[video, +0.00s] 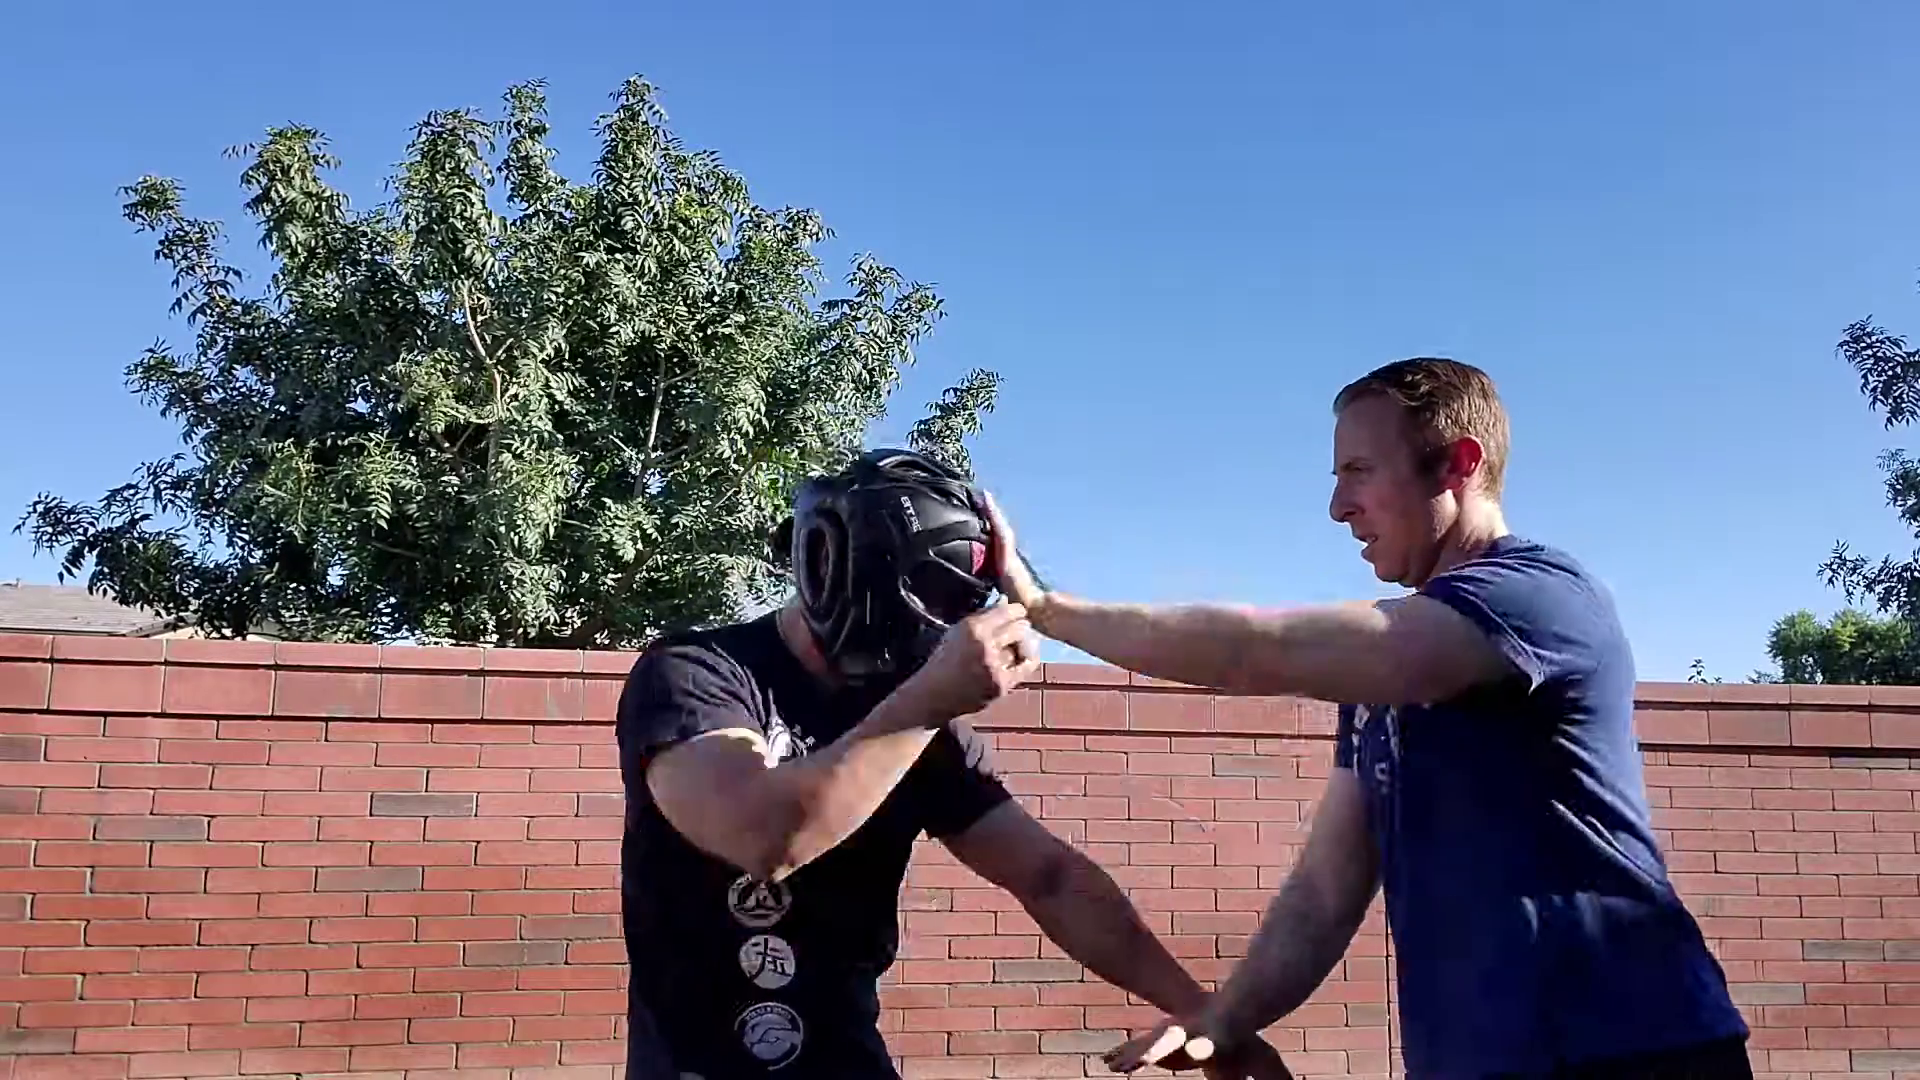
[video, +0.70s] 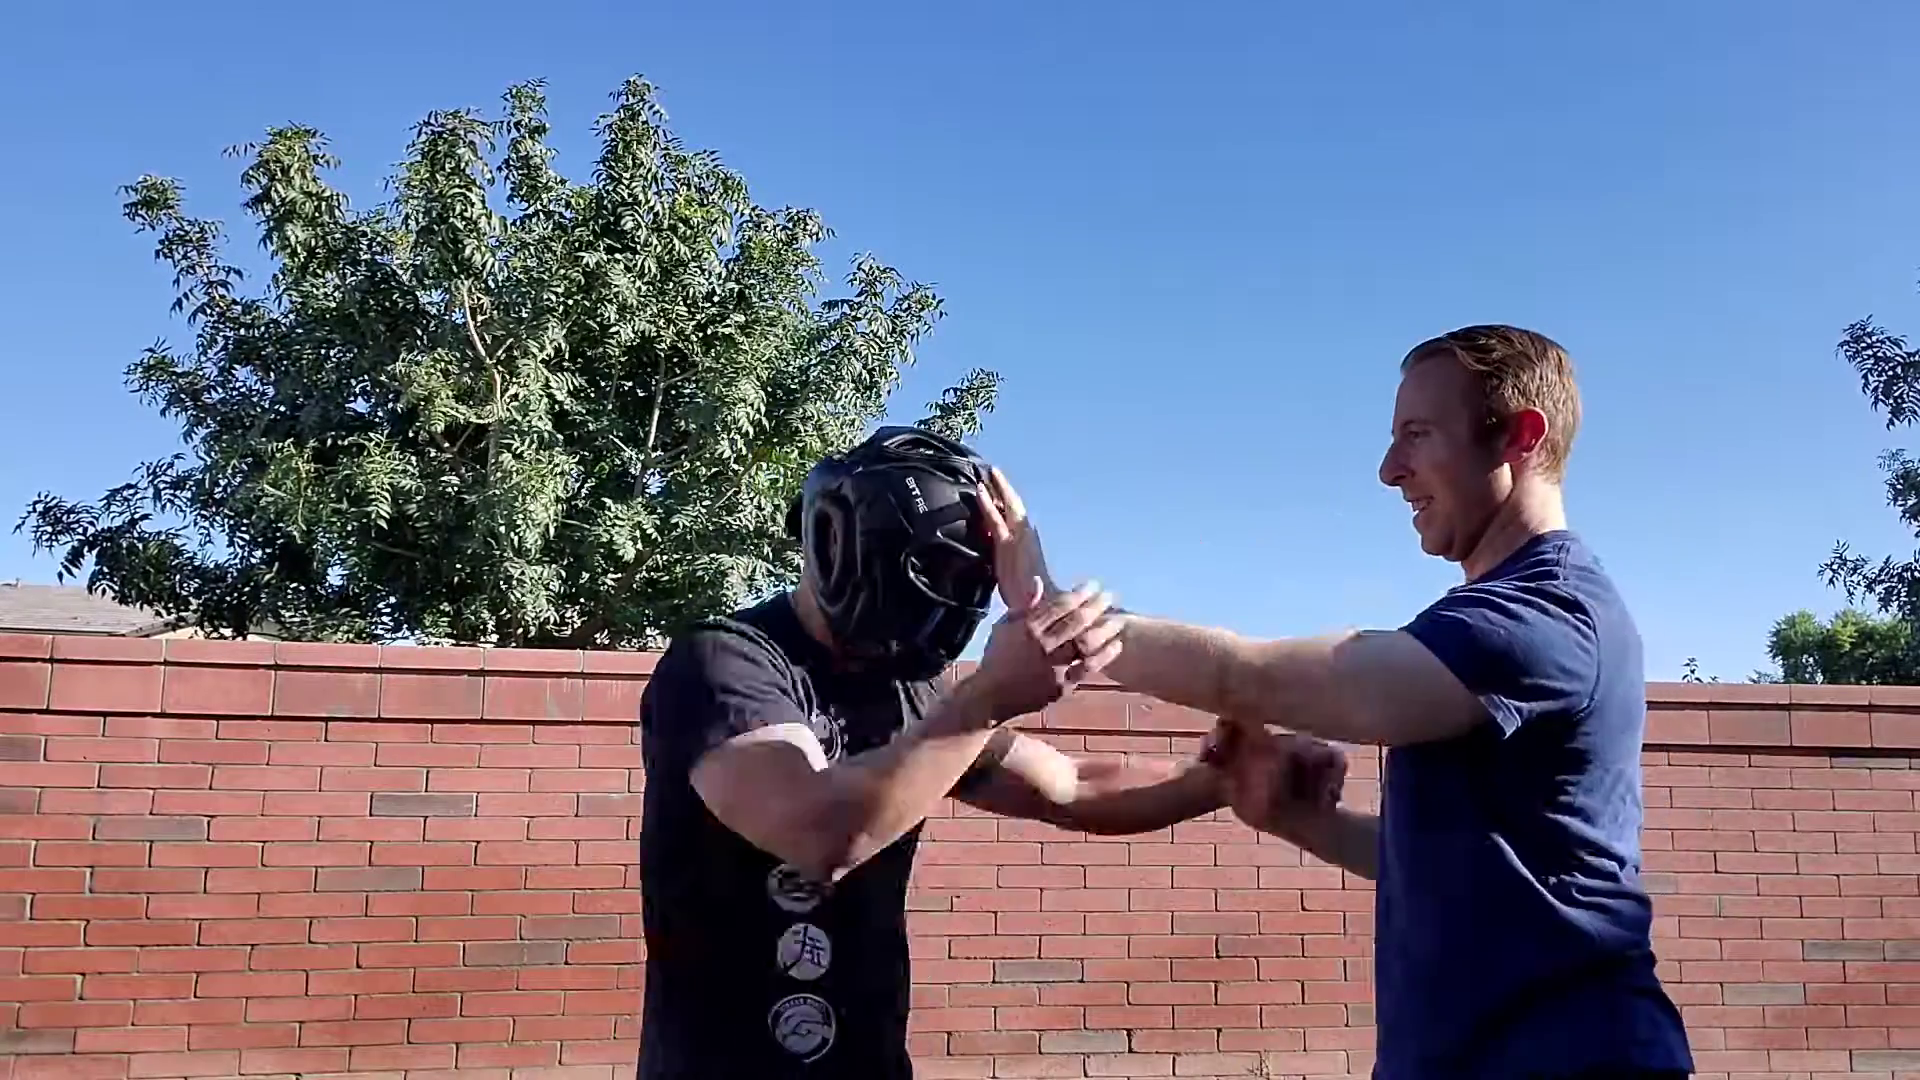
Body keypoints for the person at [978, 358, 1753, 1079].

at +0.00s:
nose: (1339, 504)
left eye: (1361, 471)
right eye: (1339, 477)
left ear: (1458, 468)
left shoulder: (1545, 600)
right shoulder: (1386, 680)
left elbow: (1256, 652)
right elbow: (1321, 897)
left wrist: (1046, 609)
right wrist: (1219, 1028)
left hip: (1623, 1042)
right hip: (1465, 1054)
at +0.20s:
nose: (1340, 493)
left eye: (1358, 459)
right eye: (1345, 463)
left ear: (1450, 459)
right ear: (1442, 463)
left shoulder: (1555, 618)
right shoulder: (1374, 655)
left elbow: (1395, 836)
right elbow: (1235, 746)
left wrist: (1172, 767)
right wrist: (1106, 708)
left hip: (1588, 1049)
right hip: (1433, 1055)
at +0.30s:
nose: (1358, 481)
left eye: (1383, 449)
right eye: (1364, 453)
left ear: (1482, 455)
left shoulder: (1575, 632)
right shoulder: (1387, 643)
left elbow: (1429, 860)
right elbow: (1187, 689)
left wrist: (1190, 879)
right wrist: (1013, 615)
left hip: (1595, 1052)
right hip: (1434, 1054)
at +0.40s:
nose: (1373, 468)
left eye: (1403, 439)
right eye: (1379, 443)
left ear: (1503, 452)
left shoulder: (1577, 631)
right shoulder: (1391, 638)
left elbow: (1431, 868)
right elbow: (1251, 764)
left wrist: (1190, 795)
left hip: (1589, 1051)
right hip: (1434, 1056)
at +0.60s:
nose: (1403, 467)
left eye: (1431, 434)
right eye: (1411, 438)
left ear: (1536, 445)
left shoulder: (1554, 616)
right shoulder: (1494, 615)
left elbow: (1253, 677)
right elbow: (1439, 851)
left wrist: (1052, 591)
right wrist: (1289, 781)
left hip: (1556, 1044)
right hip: (1463, 1042)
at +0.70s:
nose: (1388, 467)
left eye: (1418, 433)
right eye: (1397, 437)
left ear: (1516, 441)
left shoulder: (1539, 620)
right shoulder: (1509, 609)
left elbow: (1247, 678)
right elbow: (1476, 862)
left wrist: (1054, 626)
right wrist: (1305, 820)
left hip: (1555, 1049)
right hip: (1462, 1045)